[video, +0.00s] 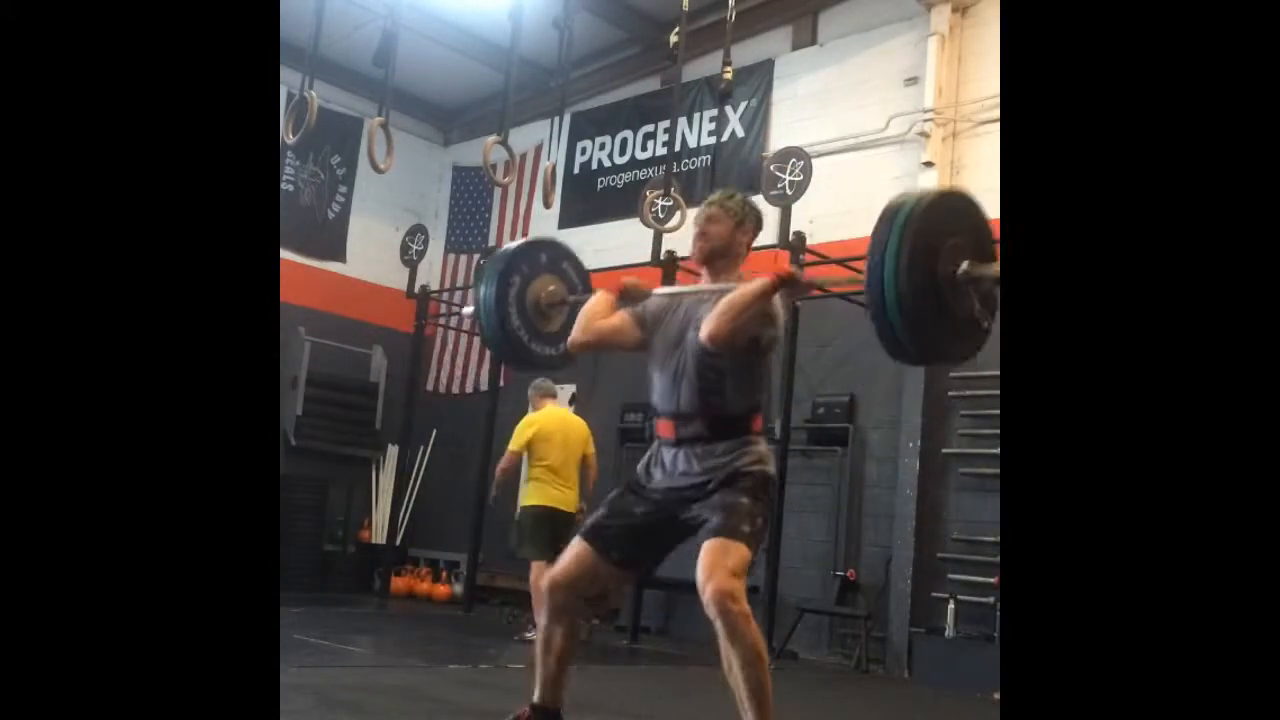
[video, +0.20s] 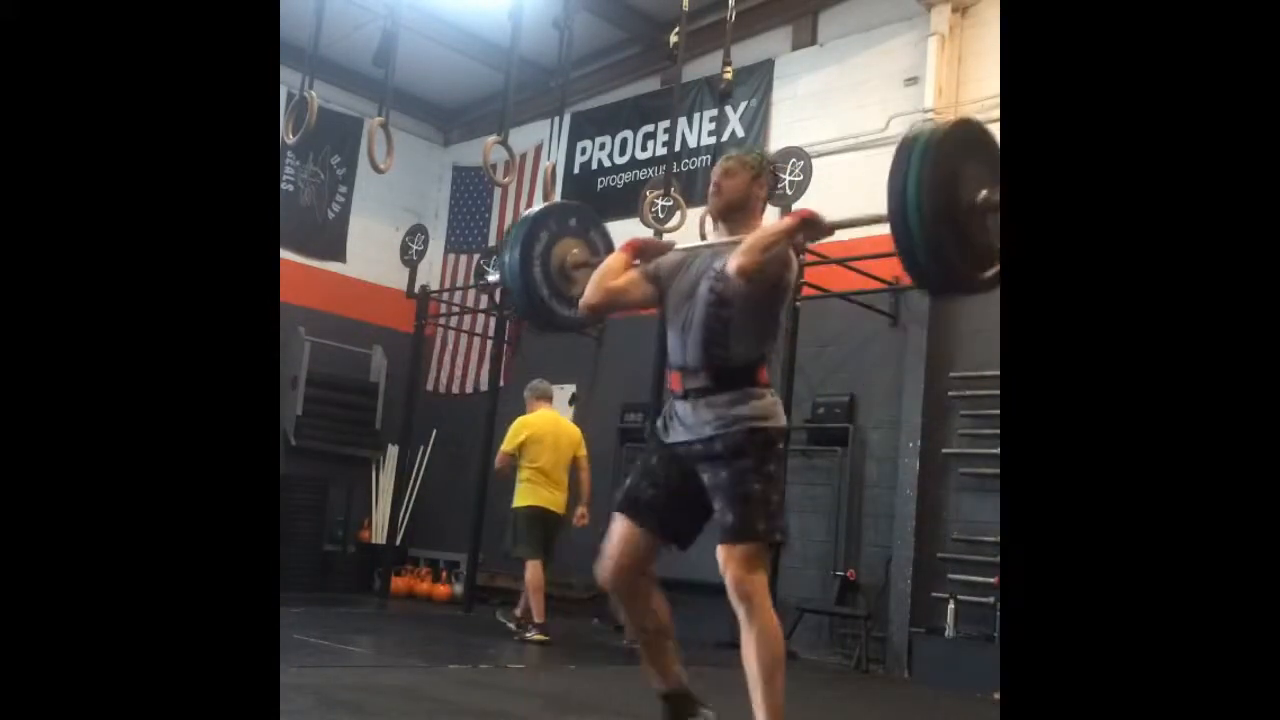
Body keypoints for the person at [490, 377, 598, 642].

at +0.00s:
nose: (531, 407)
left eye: (531, 404)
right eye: (532, 404)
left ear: (536, 400)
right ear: (555, 398)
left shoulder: (533, 420)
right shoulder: (580, 424)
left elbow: (507, 464)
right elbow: (591, 467)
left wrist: (496, 487)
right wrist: (587, 500)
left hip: (536, 502)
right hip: (568, 505)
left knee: (539, 565)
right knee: (559, 565)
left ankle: (541, 626)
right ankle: (560, 623)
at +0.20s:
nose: (527, 407)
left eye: (527, 403)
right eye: (529, 403)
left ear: (531, 401)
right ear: (551, 401)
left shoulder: (525, 423)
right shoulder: (573, 430)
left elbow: (501, 461)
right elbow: (583, 468)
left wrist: (513, 467)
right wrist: (584, 503)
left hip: (529, 500)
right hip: (557, 505)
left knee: (533, 561)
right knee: (537, 562)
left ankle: (538, 623)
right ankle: (520, 614)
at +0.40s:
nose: (522, 406)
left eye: (523, 402)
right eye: (525, 402)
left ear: (525, 401)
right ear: (546, 402)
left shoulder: (518, 422)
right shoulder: (562, 432)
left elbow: (497, 459)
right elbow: (569, 472)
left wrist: (516, 454)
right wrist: (565, 508)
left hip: (520, 501)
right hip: (545, 504)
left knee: (523, 560)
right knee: (527, 561)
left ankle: (535, 618)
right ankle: (511, 616)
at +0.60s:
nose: (518, 402)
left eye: (519, 398)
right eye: (519, 398)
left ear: (524, 398)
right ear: (543, 401)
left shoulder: (516, 419)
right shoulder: (554, 431)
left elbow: (491, 454)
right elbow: (553, 465)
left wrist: (512, 459)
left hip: (511, 499)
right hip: (537, 503)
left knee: (491, 552)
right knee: (522, 559)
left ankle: (516, 599)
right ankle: (512, 613)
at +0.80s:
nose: (510, 400)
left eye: (513, 396)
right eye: (512, 395)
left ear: (523, 398)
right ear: (533, 400)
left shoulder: (513, 419)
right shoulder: (544, 430)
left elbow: (486, 452)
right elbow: (532, 466)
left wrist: (508, 458)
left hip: (502, 497)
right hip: (529, 503)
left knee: (476, 549)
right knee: (520, 559)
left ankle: (480, 610)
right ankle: (510, 617)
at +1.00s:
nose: (497, 399)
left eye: (501, 394)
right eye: (499, 394)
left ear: (512, 397)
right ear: (520, 399)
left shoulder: (502, 423)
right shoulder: (532, 432)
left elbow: (477, 456)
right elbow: (516, 470)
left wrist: (502, 461)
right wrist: (483, 491)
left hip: (493, 500)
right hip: (519, 504)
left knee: (468, 553)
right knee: (514, 559)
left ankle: (443, 605)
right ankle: (509, 617)